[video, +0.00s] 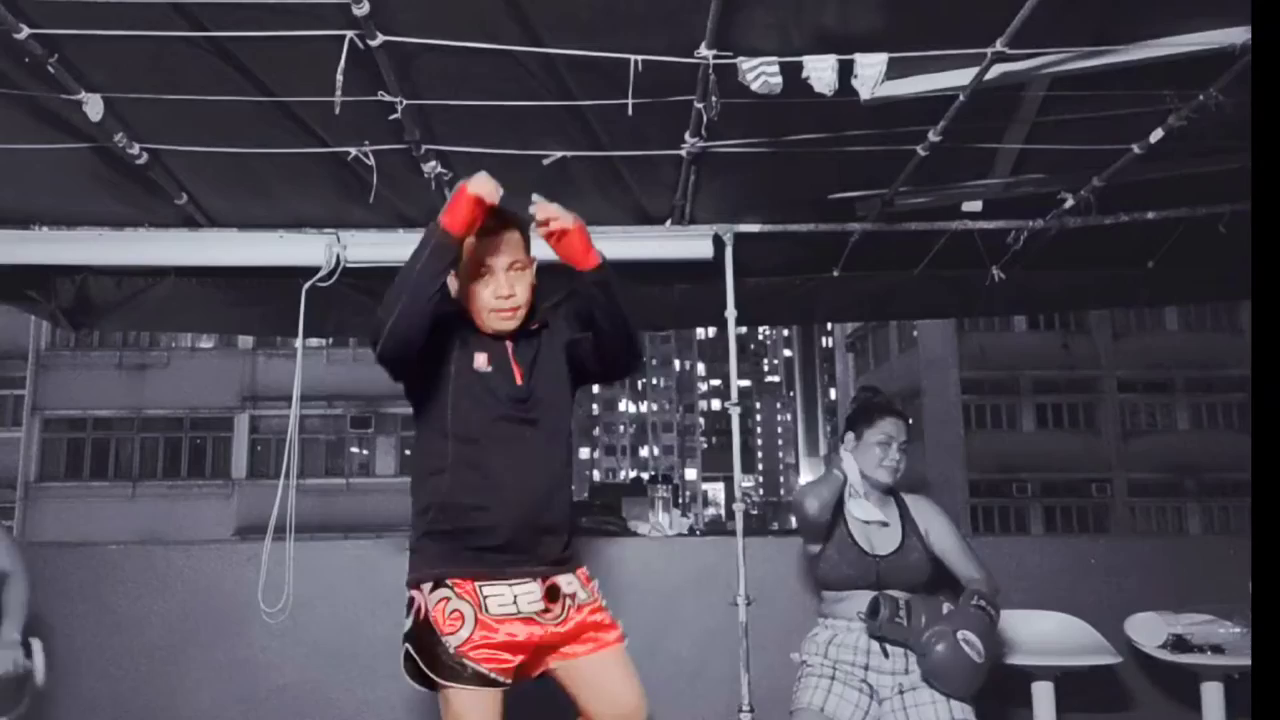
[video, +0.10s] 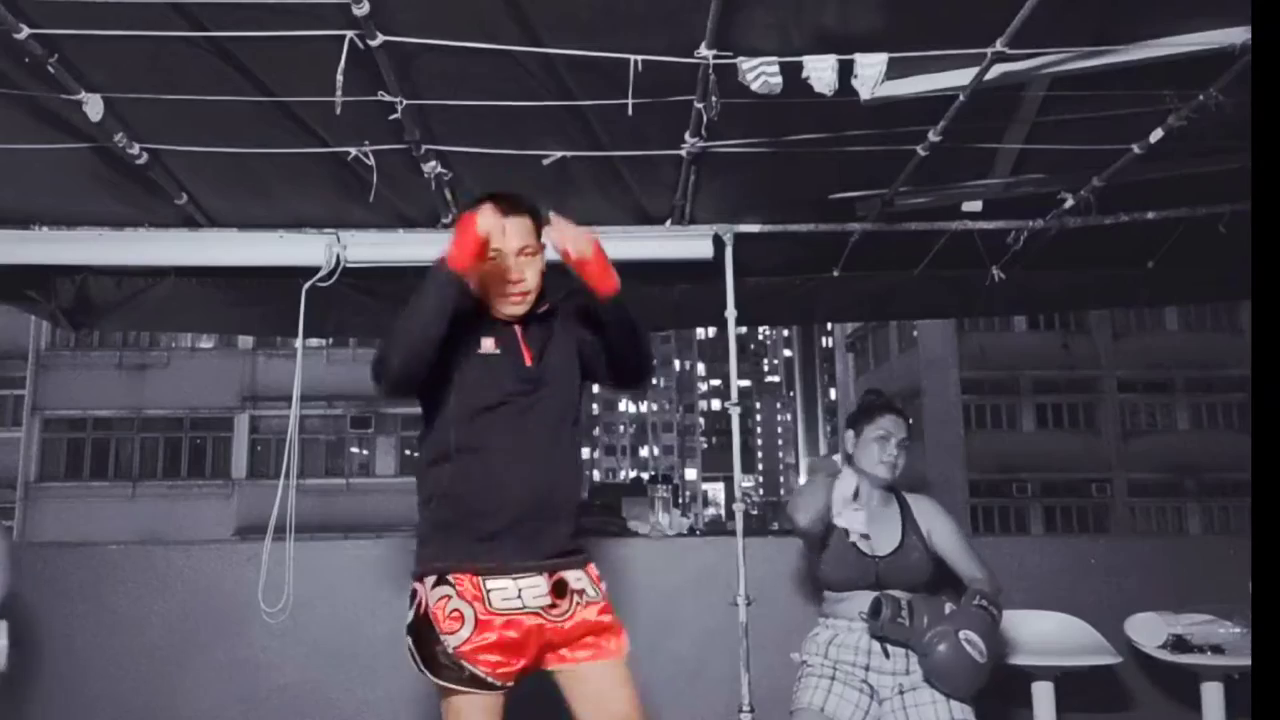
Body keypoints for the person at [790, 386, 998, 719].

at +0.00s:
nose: (895, 456)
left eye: (902, 448)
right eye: (884, 444)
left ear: (908, 454)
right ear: (850, 444)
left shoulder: (920, 509)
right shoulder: (823, 506)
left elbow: (979, 581)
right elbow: (811, 511)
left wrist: (975, 616)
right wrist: (840, 471)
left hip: (921, 666)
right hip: (838, 664)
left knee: (949, 716)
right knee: (818, 713)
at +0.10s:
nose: (894, 452)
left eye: (902, 444)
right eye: (882, 439)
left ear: (907, 452)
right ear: (851, 441)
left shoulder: (922, 509)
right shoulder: (825, 498)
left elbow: (981, 580)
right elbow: (802, 517)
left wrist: (976, 615)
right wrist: (829, 469)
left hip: (922, 666)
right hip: (838, 662)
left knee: (947, 716)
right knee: (818, 713)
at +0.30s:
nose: (892, 446)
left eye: (905, 442)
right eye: (882, 434)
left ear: (912, 458)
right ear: (857, 443)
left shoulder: (929, 514)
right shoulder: (826, 507)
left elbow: (986, 585)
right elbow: (771, 560)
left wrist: (983, 624)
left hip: (924, 668)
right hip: (840, 662)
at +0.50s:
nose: (891, 462)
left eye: (901, 452)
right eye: (880, 449)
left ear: (911, 460)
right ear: (857, 453)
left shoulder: (930, 517)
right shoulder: (830, 507)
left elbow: (985, 587)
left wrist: (985, 618)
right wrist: (870, 494)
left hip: (923, 668)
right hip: (837, 662)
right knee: (817, 712)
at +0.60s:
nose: (892, 457)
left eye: (903, 447)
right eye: (879, 447)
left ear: (915, 455)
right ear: (858, 452)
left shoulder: (933, 517)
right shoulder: (830, 507)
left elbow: (985, 586)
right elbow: (841, 536)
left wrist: (986, 617)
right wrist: (881, 481)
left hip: (924, 667)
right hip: (838, 661)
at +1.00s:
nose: (871, 455)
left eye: (883, 442)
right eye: (858, 446)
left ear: (906, 448)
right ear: (847, 455)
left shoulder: (935, 519)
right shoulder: (835, 498)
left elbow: (987, 587)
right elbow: (867, 500)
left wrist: (980, 616)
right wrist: (909, 482)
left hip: (922, 667)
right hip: (838, 660)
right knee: (819, 712)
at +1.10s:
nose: (875, 453)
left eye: (886, 441)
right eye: (861, 444)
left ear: (907, 449)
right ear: (848, 455)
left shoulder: (935, 517)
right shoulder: (838, 496)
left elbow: (988, 588)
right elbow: (830, 523)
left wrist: (982, 617)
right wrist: (897, 499)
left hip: (921, 664)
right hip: (837, 658)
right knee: (819, 712)